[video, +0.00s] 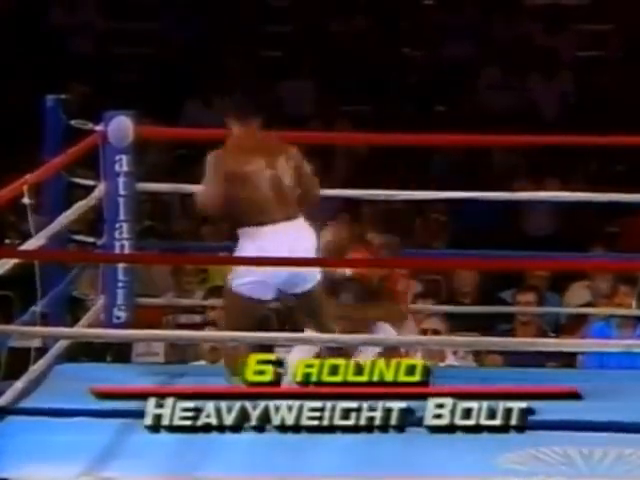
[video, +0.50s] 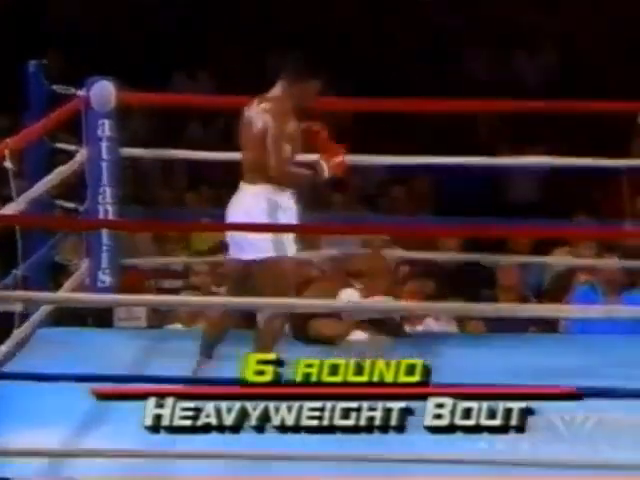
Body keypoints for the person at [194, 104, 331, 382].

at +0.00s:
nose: (233, 131)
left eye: (230, 124)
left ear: (229, 121)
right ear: (260, 119)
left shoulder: (221, 157)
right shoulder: (286, 150)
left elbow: (211, 203)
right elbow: (312, 191)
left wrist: (199, 192)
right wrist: (287, 201)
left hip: (257, 242)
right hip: (300, 235)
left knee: (235, 335)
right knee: (323, 323)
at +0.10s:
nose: (254, 110)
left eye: (247, 103)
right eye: (260, 105)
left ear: (239, 104)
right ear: (270, 104)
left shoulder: (215, 139)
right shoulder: (290, 137)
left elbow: (194, 187)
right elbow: (322, 176)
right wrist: (291, 160)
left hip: (245, 226)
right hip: (289, 221)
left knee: (239, 320)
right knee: (303, 314)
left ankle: (239, 389)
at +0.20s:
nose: (270, 105)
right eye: (273, 99)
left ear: (245, 97)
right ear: (277, 99)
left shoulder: (217, 134)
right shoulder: (291, 134)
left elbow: (198, 181)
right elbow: (322, 178)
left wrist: (231, 169)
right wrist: (321, 158)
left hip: (240, 217)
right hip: (283, 215)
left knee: (237, 313)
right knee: (303, 309)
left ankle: (226, 386)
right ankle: (294, 382)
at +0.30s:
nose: (292, 113)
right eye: (291, 108)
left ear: (258, 103)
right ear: (289, 107)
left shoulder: (228, 139)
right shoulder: (292, 144)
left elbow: (214, 180)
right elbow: (313, 189)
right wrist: (333, 169)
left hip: (233, 230)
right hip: (273, 235)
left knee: (227, 320)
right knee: (302, 325)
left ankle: (210, 396)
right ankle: (291, 397)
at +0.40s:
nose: (299, 113)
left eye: (301, 106)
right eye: (300, 105)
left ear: (268, 96)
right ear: (293, 102)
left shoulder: (234, 130)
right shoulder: (287, 139)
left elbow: (234, 178)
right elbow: (302, 193)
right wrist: (331, 177)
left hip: (233, 218)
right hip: (268, 225)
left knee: (230, 316)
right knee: (289, 319)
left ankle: (207, 390)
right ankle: (284, 391)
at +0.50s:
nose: (314, 97)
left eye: (317, 90)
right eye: (313, 89)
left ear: (284, 80)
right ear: (300, 84)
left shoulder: (256, 108)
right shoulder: (276, 116)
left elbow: (271, 154)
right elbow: (277, 171)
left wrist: (312, 158)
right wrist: (318, 173)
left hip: (247, 203)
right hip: (266, 207)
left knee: (237, 294)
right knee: (280, 298)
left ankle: (201, 367)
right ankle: (262, 372)